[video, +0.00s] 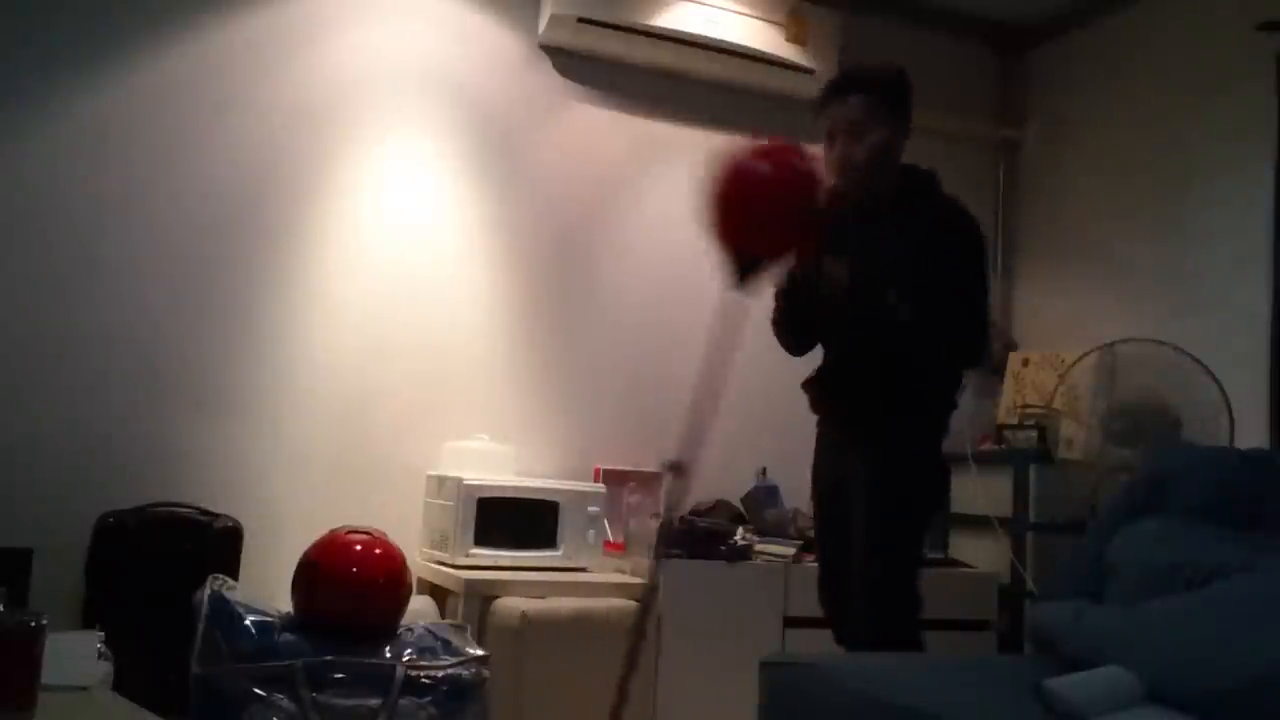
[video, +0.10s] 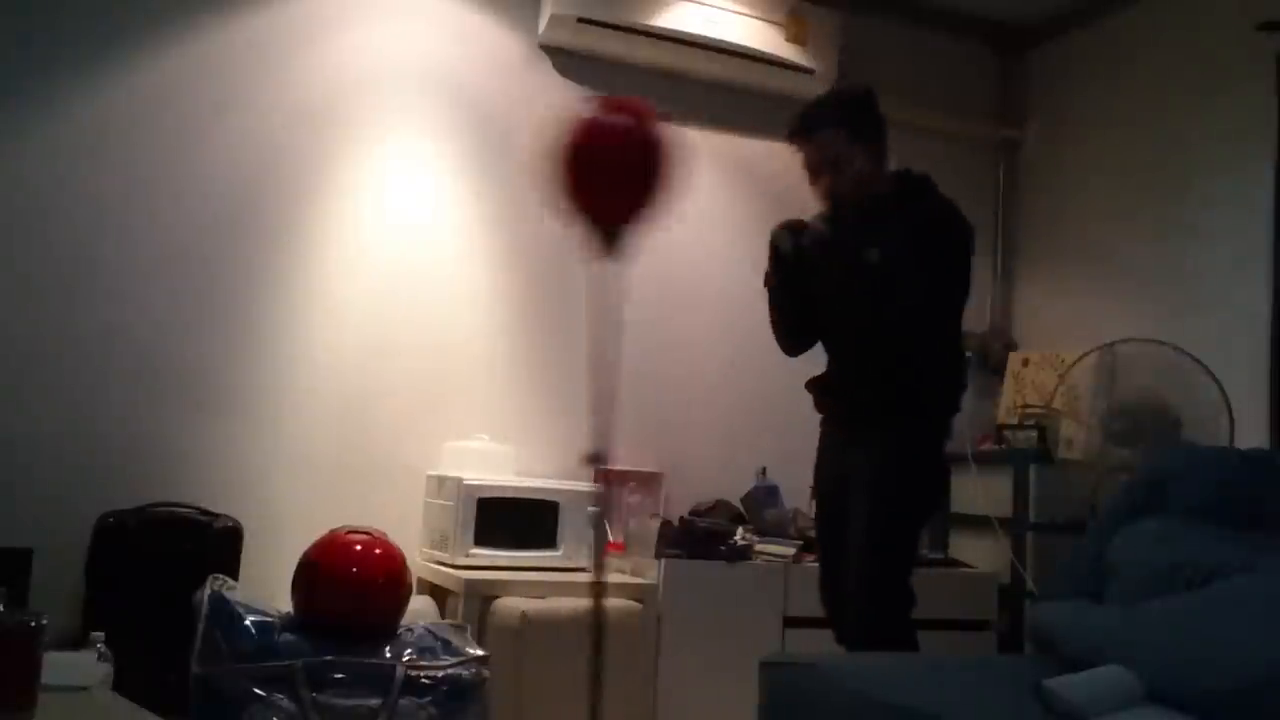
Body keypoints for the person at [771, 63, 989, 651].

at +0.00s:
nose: (841, 151)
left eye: (858, 134)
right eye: (831, 136)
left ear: (896, 136)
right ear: (823, 140)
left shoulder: (944, 222)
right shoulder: (833, 218)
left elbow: (966, 342)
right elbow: (794, 335)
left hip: (906, 428)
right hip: (841, 427)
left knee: (885, 603)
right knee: (841, 601)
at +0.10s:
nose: (823, 183)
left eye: (833, 165)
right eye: (813, 170)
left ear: (869, 153)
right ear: (808, 168)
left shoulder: (929, 220)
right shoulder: (833, 232)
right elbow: (794, 337)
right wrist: (789, 261)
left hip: (908, 430)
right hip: (848, 429)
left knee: (876, 606)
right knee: (844, 603)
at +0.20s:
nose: (800, 196)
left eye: (807, 179)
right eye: (792, 185)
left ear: (841, 160)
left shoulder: (909, 210)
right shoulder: (825, 232)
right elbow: (800, 341)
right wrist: (777, 263)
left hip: (906, 431)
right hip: (859, 428)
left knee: (868, 603)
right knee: (850, 600)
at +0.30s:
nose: (784, 193)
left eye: (790, 176)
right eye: (775, 182)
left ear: (825, 158)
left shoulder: (895, 208)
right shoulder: (819, 233)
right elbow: (805, 348)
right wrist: (767, 277)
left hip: (905, 429)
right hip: (867, 427)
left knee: (866, 599)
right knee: (862, 598)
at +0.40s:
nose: (771, 189)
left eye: (778, 170)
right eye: (762, 178)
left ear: (816, 151)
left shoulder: (878, 192)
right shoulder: (824, 237)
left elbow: (862, 258)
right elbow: (816, 351)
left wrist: (767, 234)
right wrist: (766, 298)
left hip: (911, 424)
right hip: (869, 428)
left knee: (872, 605)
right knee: (865, 605)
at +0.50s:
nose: (764, 179)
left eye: (771, 161)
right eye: (757, 166)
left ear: (809, 141)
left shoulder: (863, 181)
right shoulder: (837, 219)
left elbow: (778, 215)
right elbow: (839, 356)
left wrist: (676, 191)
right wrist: (773, 314)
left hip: (904, 425)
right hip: (881, 425)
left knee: (860, 609)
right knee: (859, 609)